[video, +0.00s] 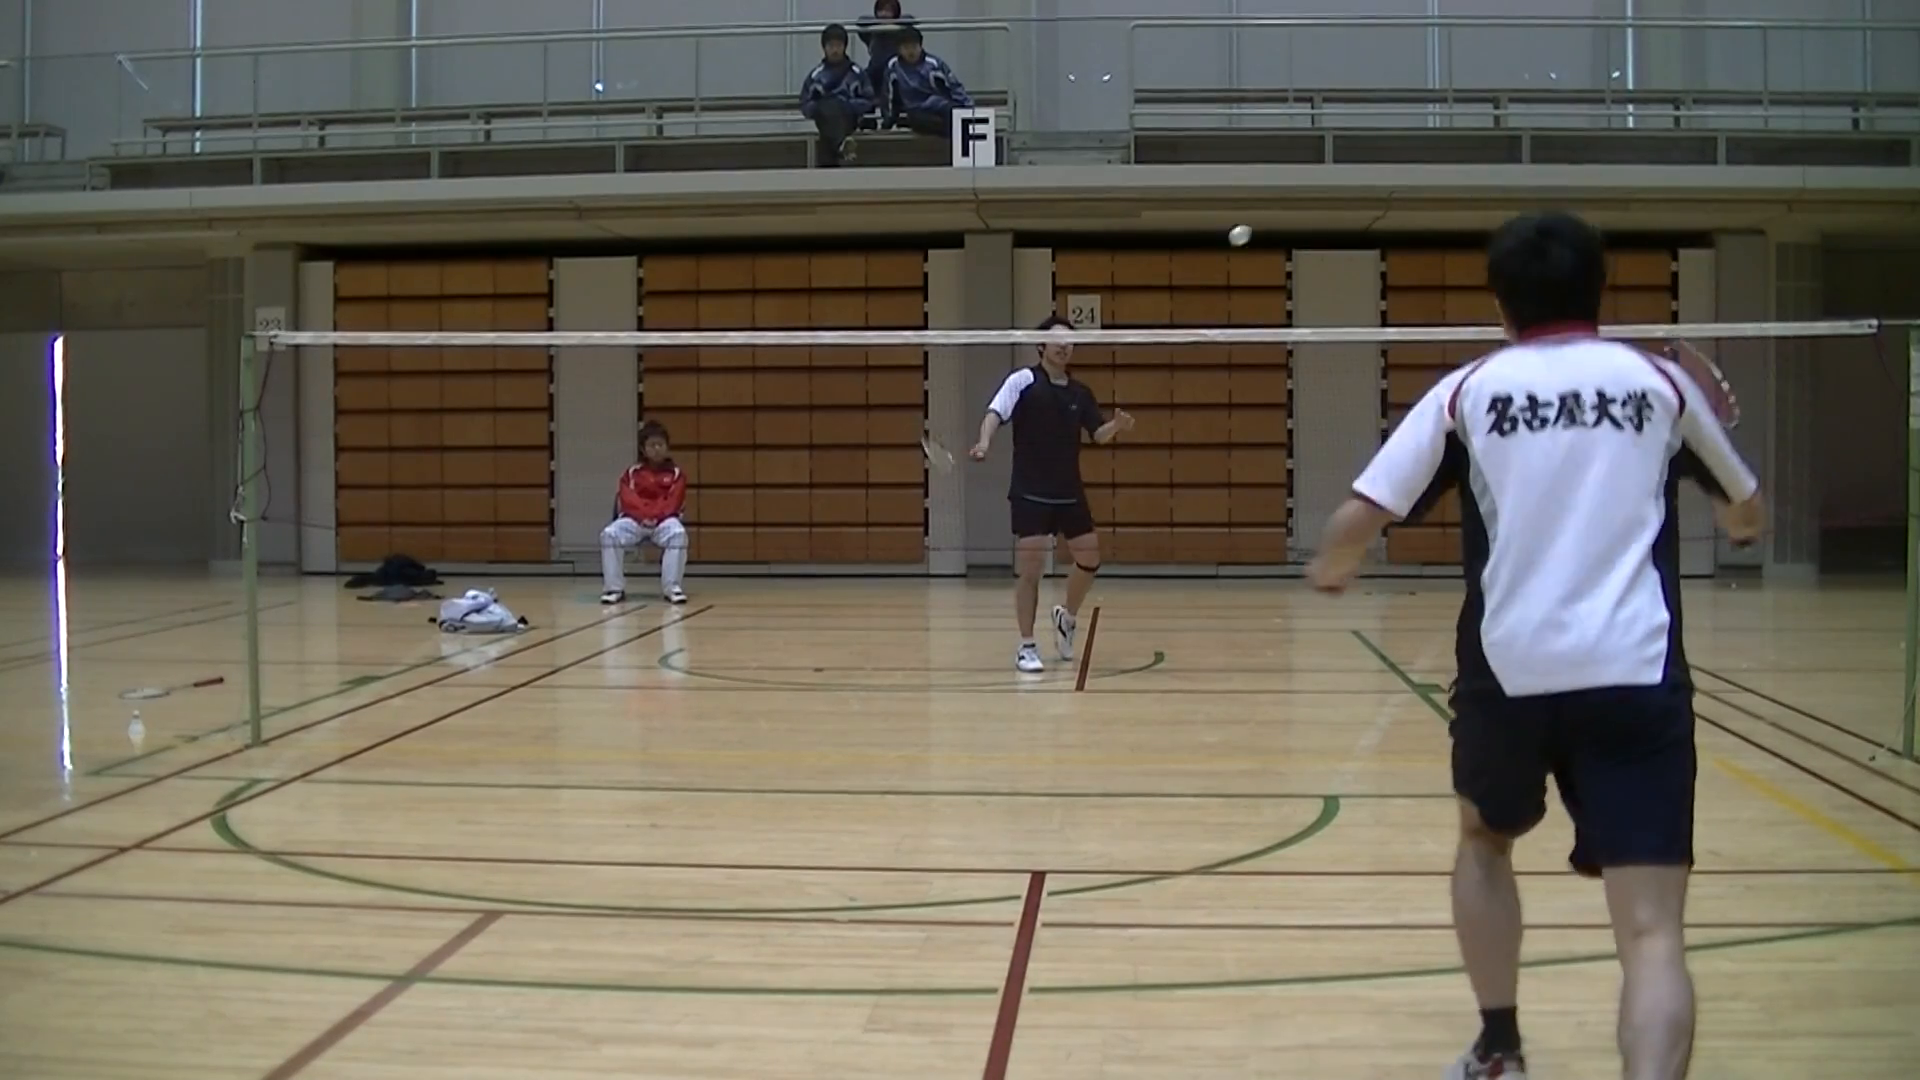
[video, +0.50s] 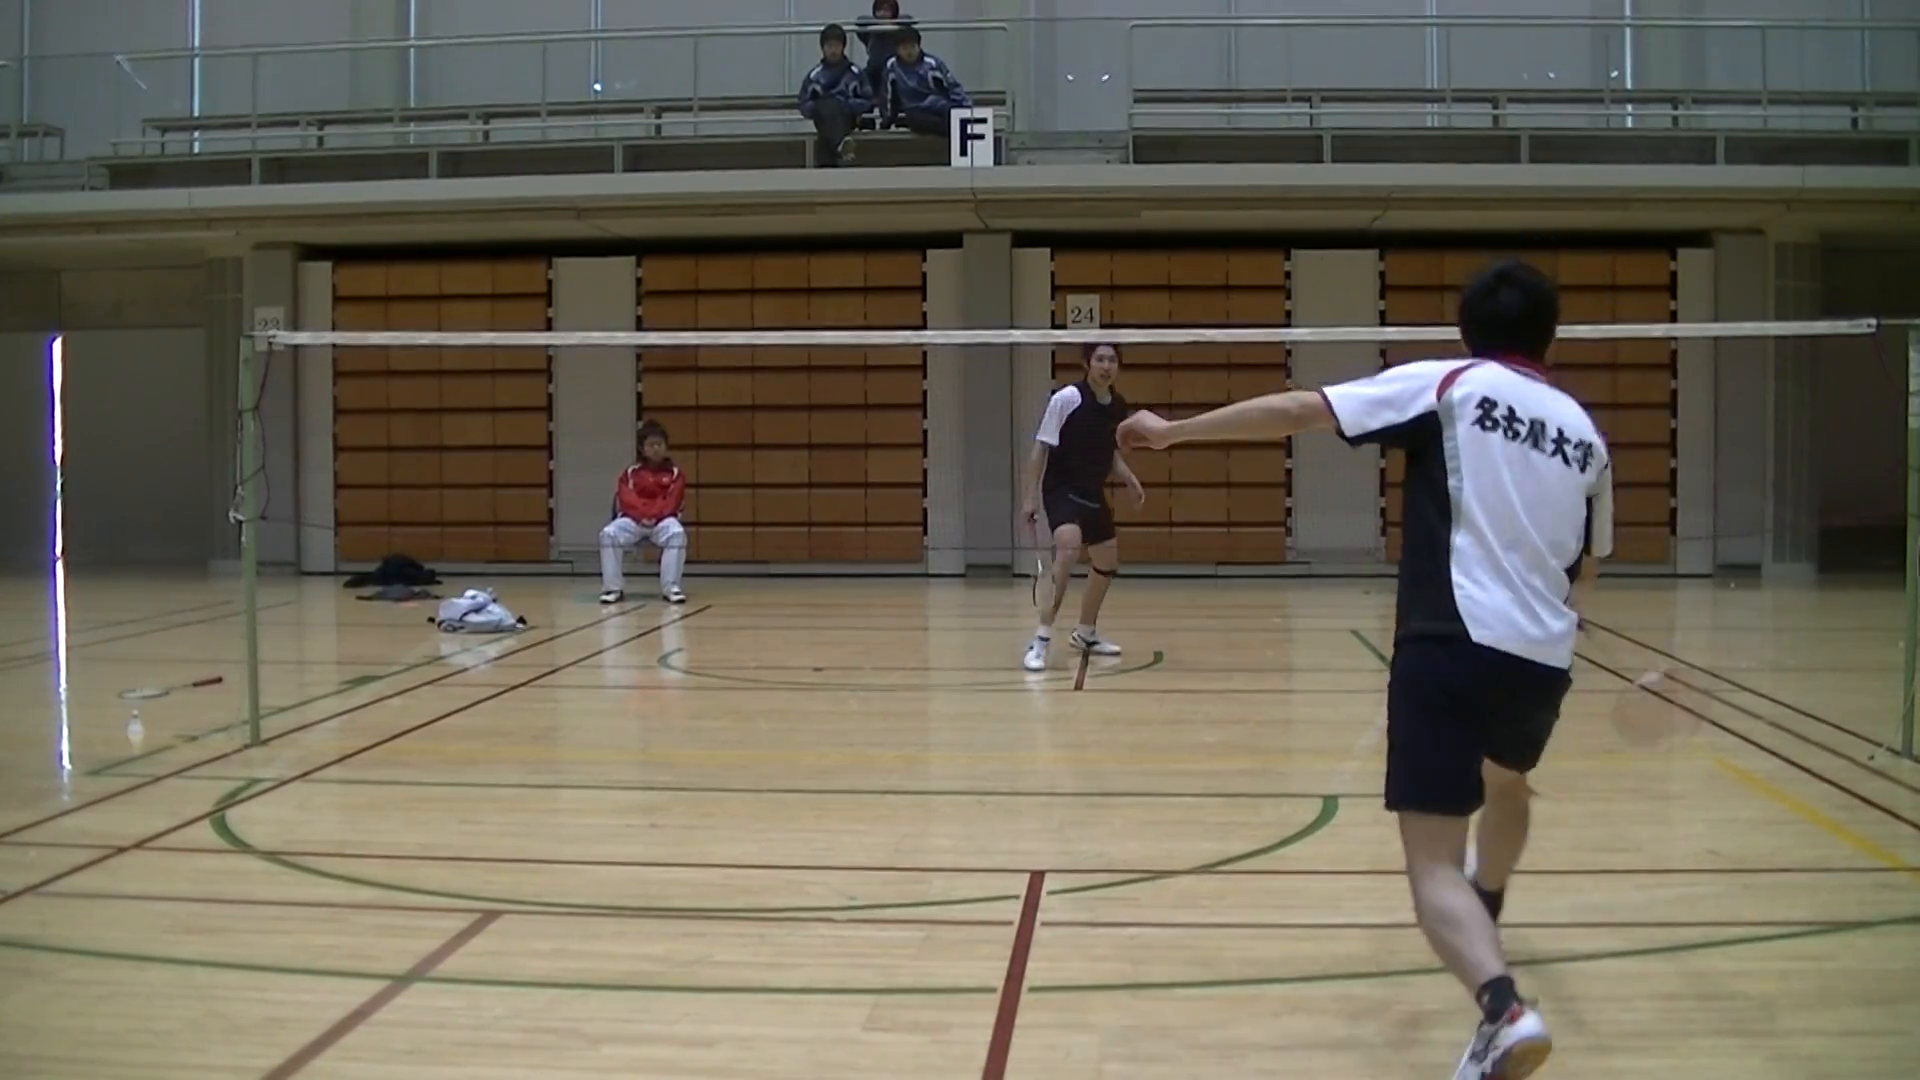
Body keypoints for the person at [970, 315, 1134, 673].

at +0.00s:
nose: (1064, 352)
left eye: (1069, 347)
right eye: (1058, 346)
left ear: (1074, 350)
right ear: (1042, 346)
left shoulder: (1078, 391)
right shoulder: (1022, 380)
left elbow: (1098, 435)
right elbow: (995, 414)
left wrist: (1115, 426)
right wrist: (984, 443)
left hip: (1069, 489)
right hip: (1030, 488)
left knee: (1089, 558)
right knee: (1030, 566)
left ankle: (1067, 618)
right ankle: (1027, 645)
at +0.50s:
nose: (1107, 366)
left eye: (1112, 361)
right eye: (1101, 359)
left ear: (1118, 367)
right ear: (1087, 364)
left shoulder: (1115, 405)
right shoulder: (1066, 398)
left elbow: (1109, 454)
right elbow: (1040, 449)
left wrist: (1130, 479)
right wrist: (1030, 499)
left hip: (1094, 492)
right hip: (1061, 490)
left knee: (1105, 564)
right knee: (1069, 549)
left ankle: (1085, 633)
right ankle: (1041, 639)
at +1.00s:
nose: (1161, 396)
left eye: (1166, 391)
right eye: (1154, 390)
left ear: (1171, 397)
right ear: (1140, 395)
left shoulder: (1179, 434)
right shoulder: (1124, 433)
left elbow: (1216, 455)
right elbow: (1099, 484)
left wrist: (1256, 435)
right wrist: (1096, 532)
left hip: (1155, 525)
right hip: (1120, 523)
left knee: (1147, 588)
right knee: (1117, 583)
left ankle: (1124, 623)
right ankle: (1092, 643)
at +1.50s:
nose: (1295, 408)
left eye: (1299, 401)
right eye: (1290, 399)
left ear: (1299, 403)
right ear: (1268, 400)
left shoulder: (1267, 437)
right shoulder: (1258, 436)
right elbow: (1263, 495)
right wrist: (1292, 538)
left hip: (1210, 521)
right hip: (1206, 521)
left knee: (1179, 600)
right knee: (1265, 569)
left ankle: (1119, 643)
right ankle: (1271, 665)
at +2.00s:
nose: (1495, 387)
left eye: (1499, 380)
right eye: (1492, 377)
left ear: (1491, 377)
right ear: (1473, 371)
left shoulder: (1474, 410)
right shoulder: (1443, 402)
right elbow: (1410, 467)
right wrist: (1391, 527)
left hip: (1428, 508)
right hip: (1399, 509)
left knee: (1461, 589)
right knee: (1439, 584)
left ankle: (1471, 685)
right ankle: (1395, 661)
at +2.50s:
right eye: (1639, 435)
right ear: (1622, 425)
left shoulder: (1624, 448)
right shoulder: (1578, 446)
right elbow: (1546, 524)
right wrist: (1542, 599)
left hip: (1560, 536)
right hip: (1530, 531)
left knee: (1585, 620)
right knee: (1589, 609)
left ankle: (1511, 673)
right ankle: (1598, 720)